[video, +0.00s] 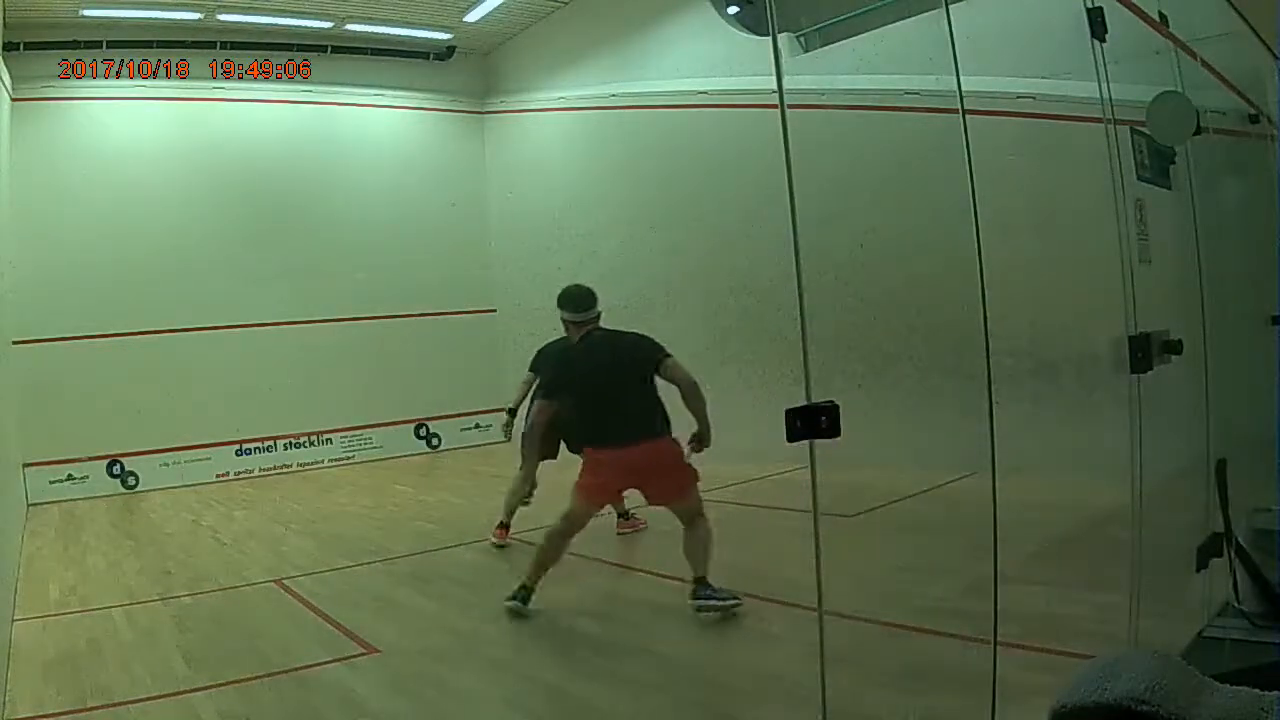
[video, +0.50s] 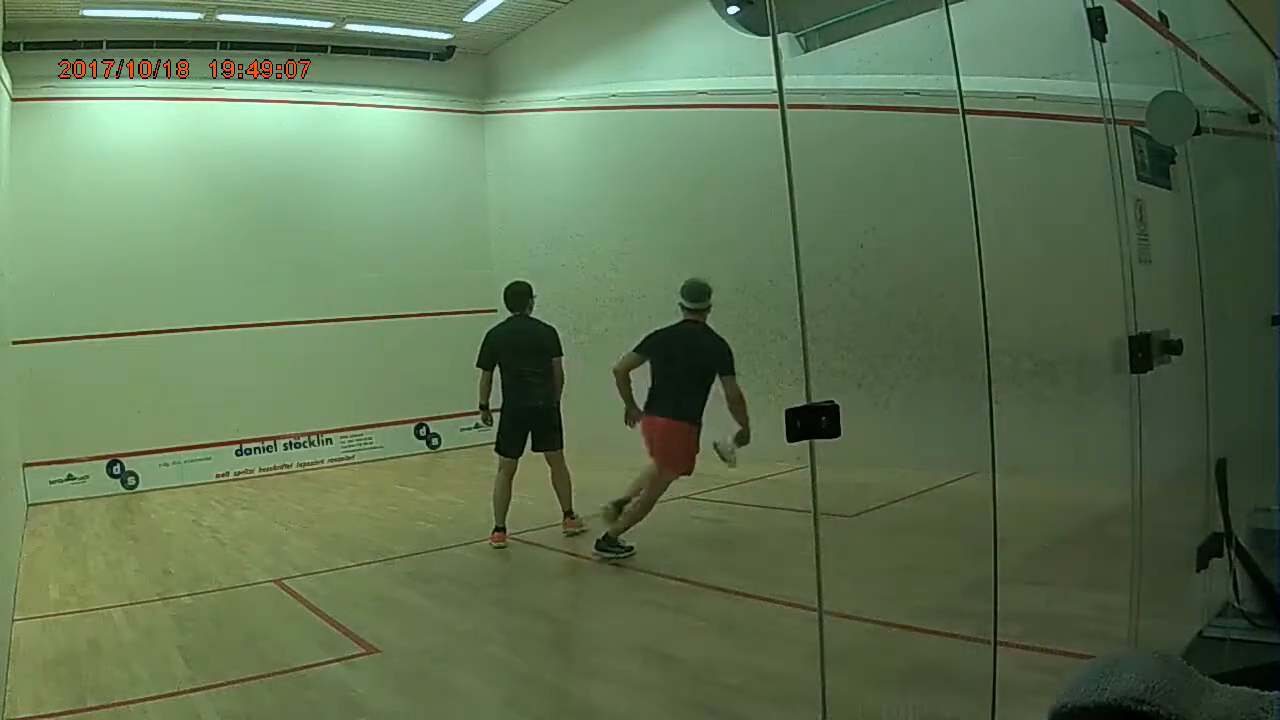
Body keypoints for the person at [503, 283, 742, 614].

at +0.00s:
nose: (563, 325)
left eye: (563, 320)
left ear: (565, 321)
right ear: (598, 315)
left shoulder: (560, 362)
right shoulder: (636, 343)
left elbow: (535, 425)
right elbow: (687, 382)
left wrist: (528, 477)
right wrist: (703, 426)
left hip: (603, 462)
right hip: (658, 454)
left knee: (567, 526)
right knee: (694, 518)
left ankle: (526, 588)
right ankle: (702, 587)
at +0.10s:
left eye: (560, 335)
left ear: (561, 336)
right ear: (593, 331)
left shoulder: (553, 374)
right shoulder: (622, 366)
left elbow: (541, 431)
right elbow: (660, 410)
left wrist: (567, 443)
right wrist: (681, 440)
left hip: (577, 478)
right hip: (630, 473)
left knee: (532, 523)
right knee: (661, 495)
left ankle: (513, 594)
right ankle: (660, 569)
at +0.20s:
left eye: (583, 320)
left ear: (581, 322)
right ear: (613, 321)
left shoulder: (569, 363)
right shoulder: (634, 361)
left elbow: (572, 406)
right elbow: (665, 407)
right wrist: (684, 431)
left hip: (579, 462)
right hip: (625, 462)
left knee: (541, 521)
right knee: (660, 476)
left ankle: (515, 585)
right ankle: (644, 543)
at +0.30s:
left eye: (621, 305)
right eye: (640, 305)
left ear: (616, 306)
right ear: (647, 307)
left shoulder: (600, 342)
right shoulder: (660, 347)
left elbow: (598, 383)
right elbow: (680, 397)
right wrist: (693, 429)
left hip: (598, 436)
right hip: (640, 441)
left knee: (567, 500)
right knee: (660, 476)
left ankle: (528, 554)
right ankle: (626, 531)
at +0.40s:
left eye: (653, 304)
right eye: (672, 306)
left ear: (646, 305)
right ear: (675, 308)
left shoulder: (628, 339)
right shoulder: (682, 349)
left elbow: (607, 386)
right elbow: (694, 399)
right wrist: (709, 434)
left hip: (618, 430)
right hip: (657, 438)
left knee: (593, 489)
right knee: (638, 499)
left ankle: (555, 530)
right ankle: (608, 542)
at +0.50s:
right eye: (705, 304)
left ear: (681, 305)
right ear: (709, 306)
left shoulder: (661, 336)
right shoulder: (717, 346)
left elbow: (620, 370)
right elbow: (733, 396)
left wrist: (630, 406)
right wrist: (744, 427)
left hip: (651, 419)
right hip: (682, 427)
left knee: (662, 465)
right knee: (653, 492)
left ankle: (623, 502)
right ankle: (610, 538)